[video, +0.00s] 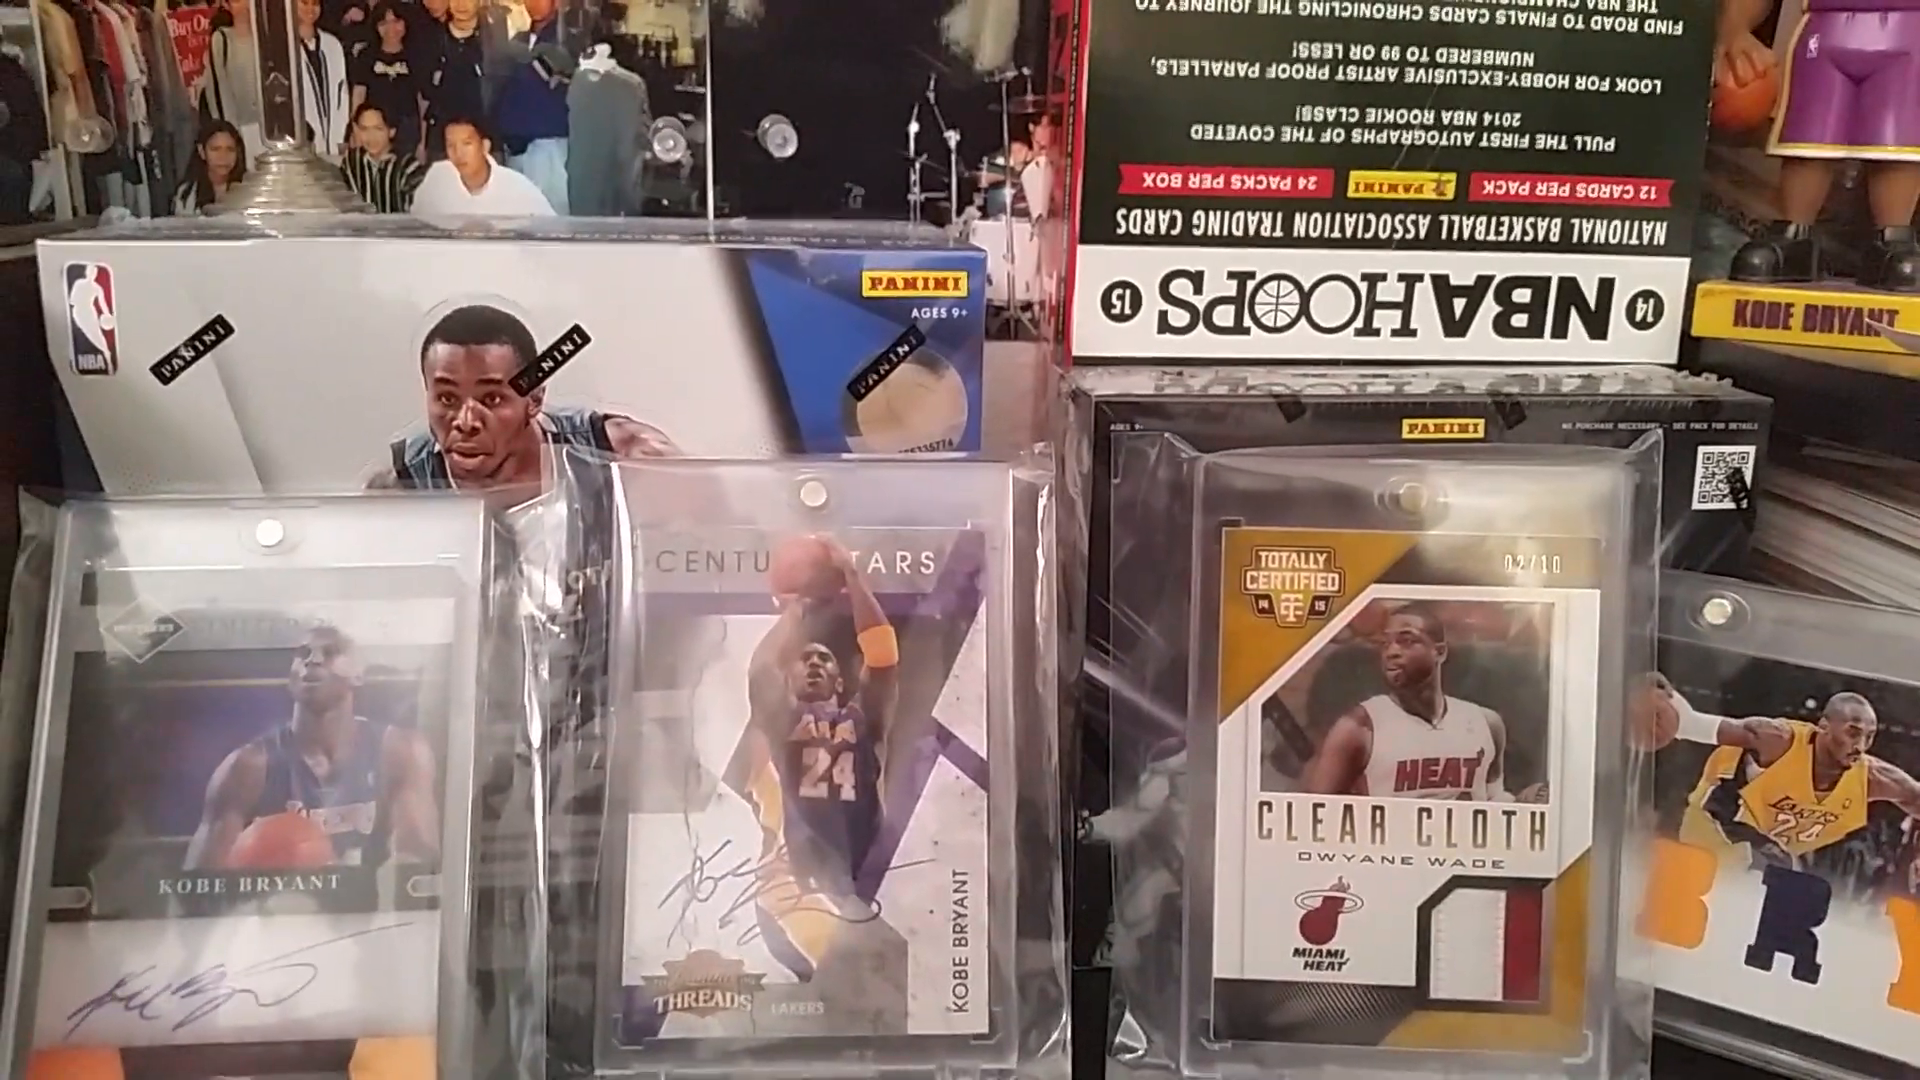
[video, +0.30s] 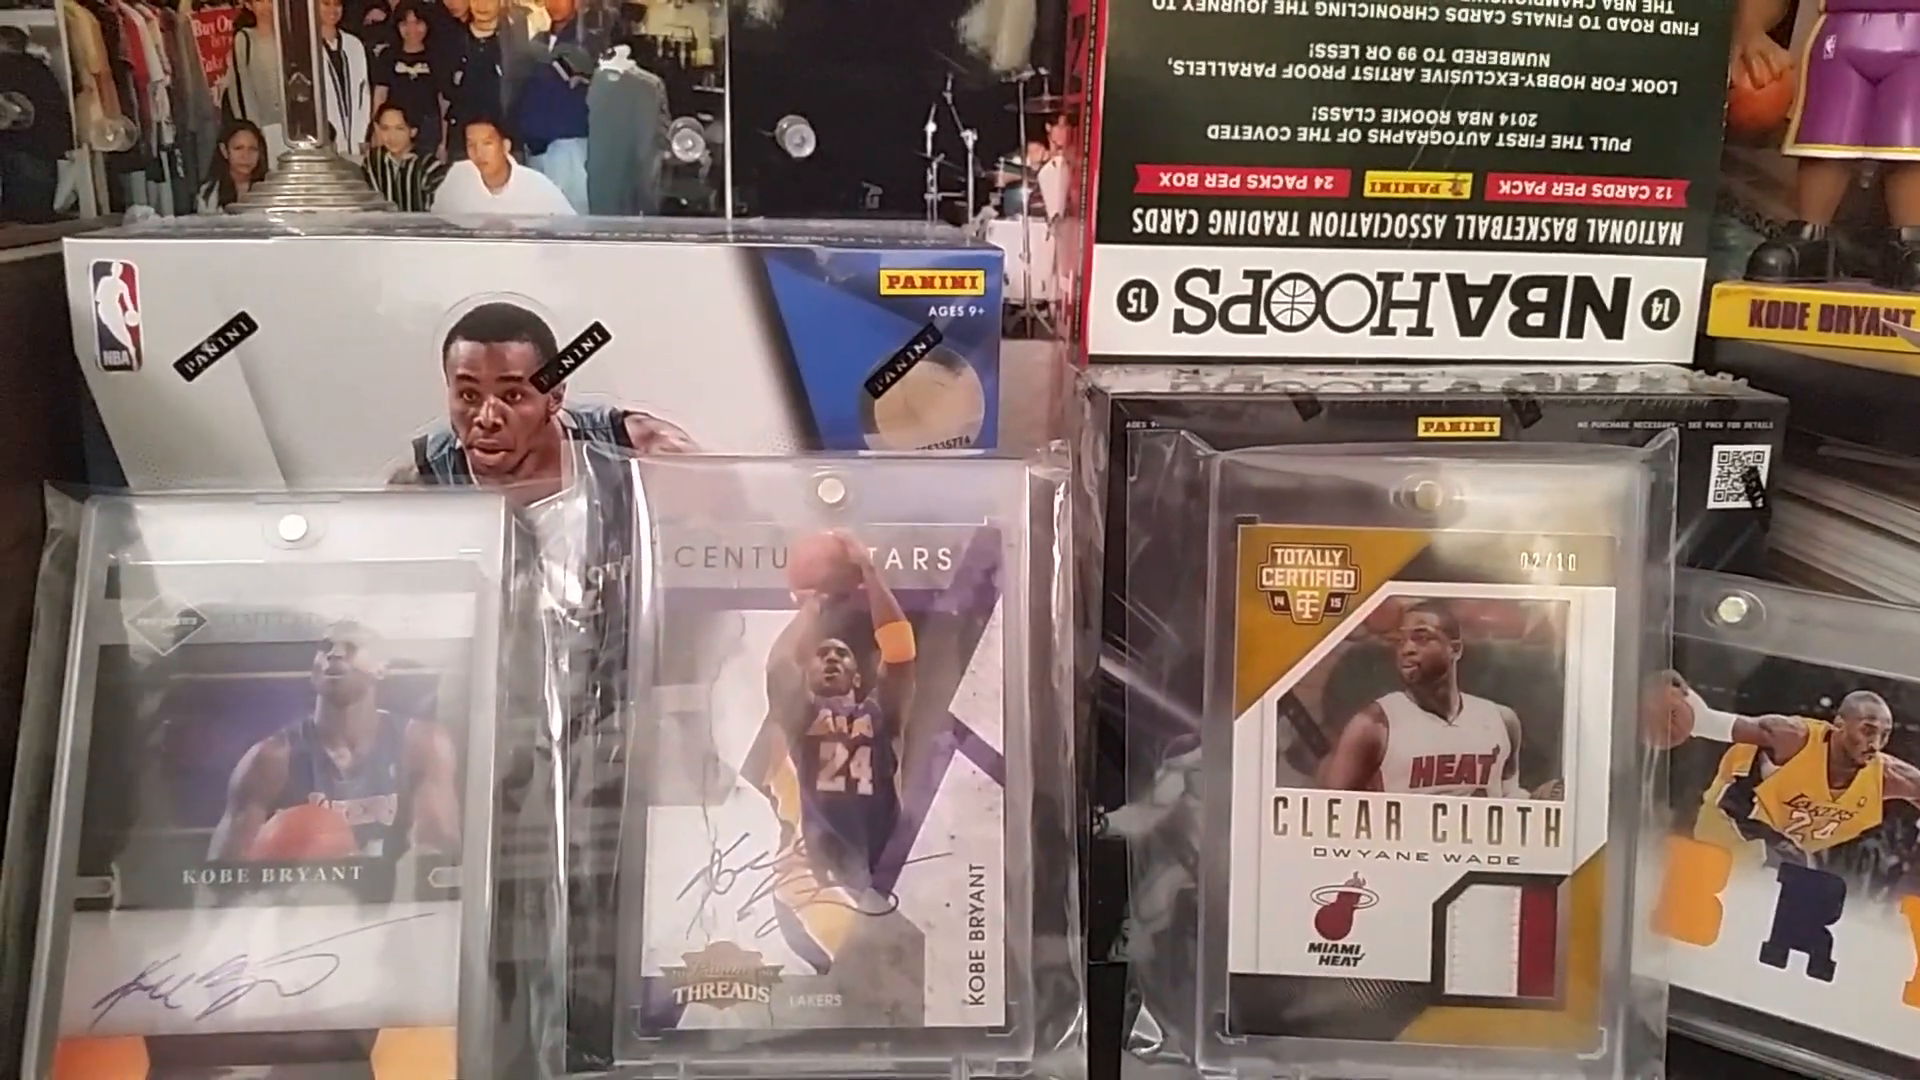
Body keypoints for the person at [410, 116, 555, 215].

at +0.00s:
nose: (459, 154)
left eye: (467, 144)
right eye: (451, 146)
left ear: (485, 146)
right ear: (446, 151)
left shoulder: (516, 185)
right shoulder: (438, 176)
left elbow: (553, 231)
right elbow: (414, 225)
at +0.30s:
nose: (479, 154)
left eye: (488, 144)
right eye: (471, 146)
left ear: (506, 146)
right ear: (466, 150)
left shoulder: (536, 184)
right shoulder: (458, 176)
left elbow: (573, 229)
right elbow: (434, 223)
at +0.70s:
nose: (501, 153)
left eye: (509, 143)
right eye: (493, 145)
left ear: (527, 146)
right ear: (488, 148)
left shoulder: (558, 184)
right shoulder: (480, 176)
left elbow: (595, 229)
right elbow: (456, 223)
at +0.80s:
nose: (523, 152)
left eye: (532, 143)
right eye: (516, 144)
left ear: (551, 146)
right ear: (511, 150)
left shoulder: (581, 183)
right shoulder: (503, 174)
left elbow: (616, 227)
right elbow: (480, 222)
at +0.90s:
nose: (545, 152)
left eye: (554, 143)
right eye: (538, 144)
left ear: (572, 146)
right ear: (533, 147)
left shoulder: (602, 184)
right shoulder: (525, 174)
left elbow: (636, 228)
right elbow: (503, 222)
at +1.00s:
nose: (562, 153)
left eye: (570, 145)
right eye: (555, 146)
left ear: (588, 148)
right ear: (550, 148)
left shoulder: (618, 186)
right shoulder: (542, 176)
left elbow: (653, 230)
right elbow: (520, 223)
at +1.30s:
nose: (559, 155)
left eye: (567, 146)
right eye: (552, 148)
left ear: (585, 149)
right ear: (547, 152)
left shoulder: (615, 186)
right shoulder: (539, 177)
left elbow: (650, 232)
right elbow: (516, 224)